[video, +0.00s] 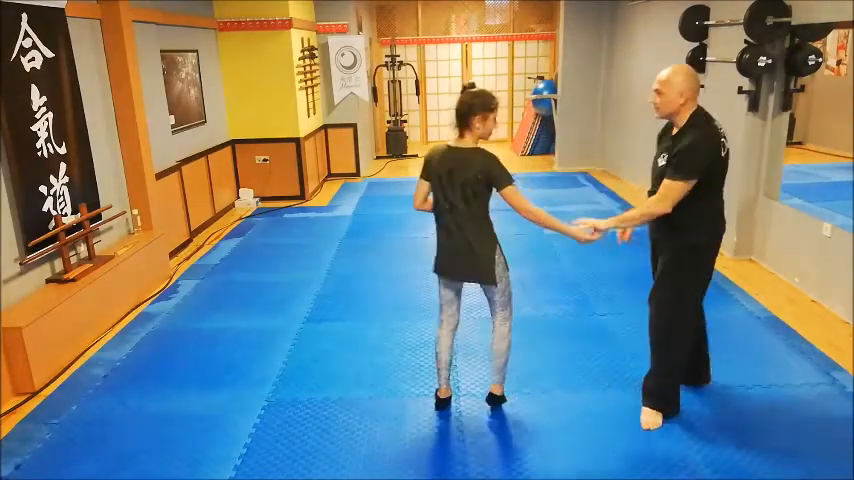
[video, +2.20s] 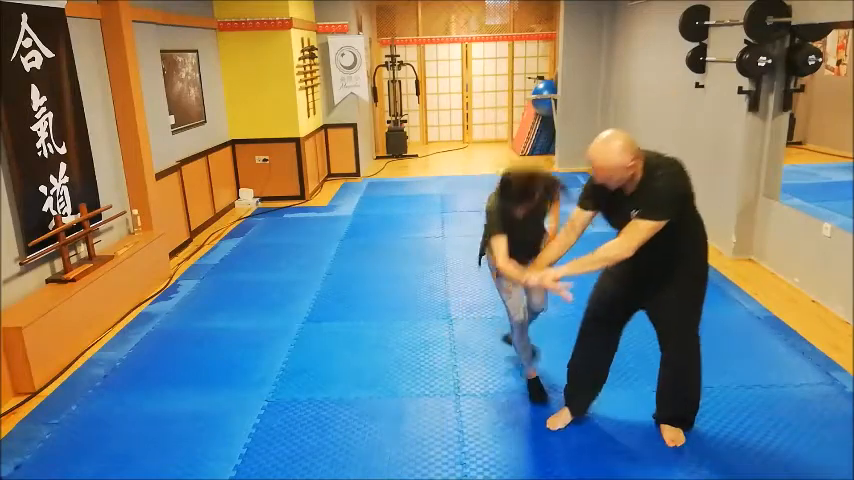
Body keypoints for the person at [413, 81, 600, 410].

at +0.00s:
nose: (496, 124)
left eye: (495, 117)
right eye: (492, 118)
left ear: (468, 120)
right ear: (475, 121)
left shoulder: (436, 155)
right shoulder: (487, 161)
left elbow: (420, 203)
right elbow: (526, 210)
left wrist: (449, 204)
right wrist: (571, 232)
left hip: (448, 252)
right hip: (484, 252)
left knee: (447, 319)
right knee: (501, 315)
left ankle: (442, 390)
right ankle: (496, 387)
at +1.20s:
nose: (506, 132)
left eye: (507, 125)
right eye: (504, 125)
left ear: (478, 122)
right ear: (491, 122)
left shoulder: (448, 157)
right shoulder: (497, 163)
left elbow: (432, 201)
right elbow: (539, 196)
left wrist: (464, 205)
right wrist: (576, 188)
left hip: (456, 252)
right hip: (489, 253)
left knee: (457, 317)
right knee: (501, 324)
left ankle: (451, 383)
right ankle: (518, 391)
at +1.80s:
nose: (526, 147)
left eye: (529, 142)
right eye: (525, 141)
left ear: (503, 134)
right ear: (506, 134)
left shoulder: (475, 155)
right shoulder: (496, 167)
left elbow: (475, 194)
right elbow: (537, 209)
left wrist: (501, 210)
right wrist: (577, 222)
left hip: (463, 244)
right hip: (484, 247)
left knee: (462, 313)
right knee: (519, 308)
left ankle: (451, 382)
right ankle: (519, 378)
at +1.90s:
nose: (531, 155)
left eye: (535, 151)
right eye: (529, 150)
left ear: (513, 137)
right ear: (513, 140)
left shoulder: (492, 154)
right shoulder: (504, 168)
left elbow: (503, 189)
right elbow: (528, 213)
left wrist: (521, 212)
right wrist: (566, 228)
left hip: (477, 243)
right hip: (490, 247)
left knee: (481, 306)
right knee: (523, 308)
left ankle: (454, 374)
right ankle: (520, 378)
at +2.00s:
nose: (531, 163)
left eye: (537, 158)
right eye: (527, 156)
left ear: (543, 153)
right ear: (514, 148)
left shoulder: (524, 170)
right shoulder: (504, 175)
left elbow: (528, 202)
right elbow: (522, 221)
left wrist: (534, 219)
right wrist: (556, 243)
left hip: (508, 239)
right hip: (490, 240)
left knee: (509, 306)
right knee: (523, 310)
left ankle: (465, 352)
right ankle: (522, 376)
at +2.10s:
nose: (528, 181)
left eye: (534, 176)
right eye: (522, 176)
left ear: (541, 168)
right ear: (512, 168)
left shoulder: (536, 177)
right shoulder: (502, 188)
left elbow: (543, 203)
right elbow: (515, 240)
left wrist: (545, 222)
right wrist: (548, 262)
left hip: (525, 236)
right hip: (496, 240)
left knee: (533, 300)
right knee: (519, 310)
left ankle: (489, 338)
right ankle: (528, 373)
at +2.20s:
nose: (521, 213)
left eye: (526, 209)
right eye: (517, 209)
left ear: (536, 196)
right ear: (508, 200)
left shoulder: (542, 185)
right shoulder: (496, 206)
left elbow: (555, 192)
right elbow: (502, 262)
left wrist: (552, 228)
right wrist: (540, 279)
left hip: (534, 244)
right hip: (504, 253)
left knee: (537, 305)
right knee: (519, 319)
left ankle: (517, 334)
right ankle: (530, 372)